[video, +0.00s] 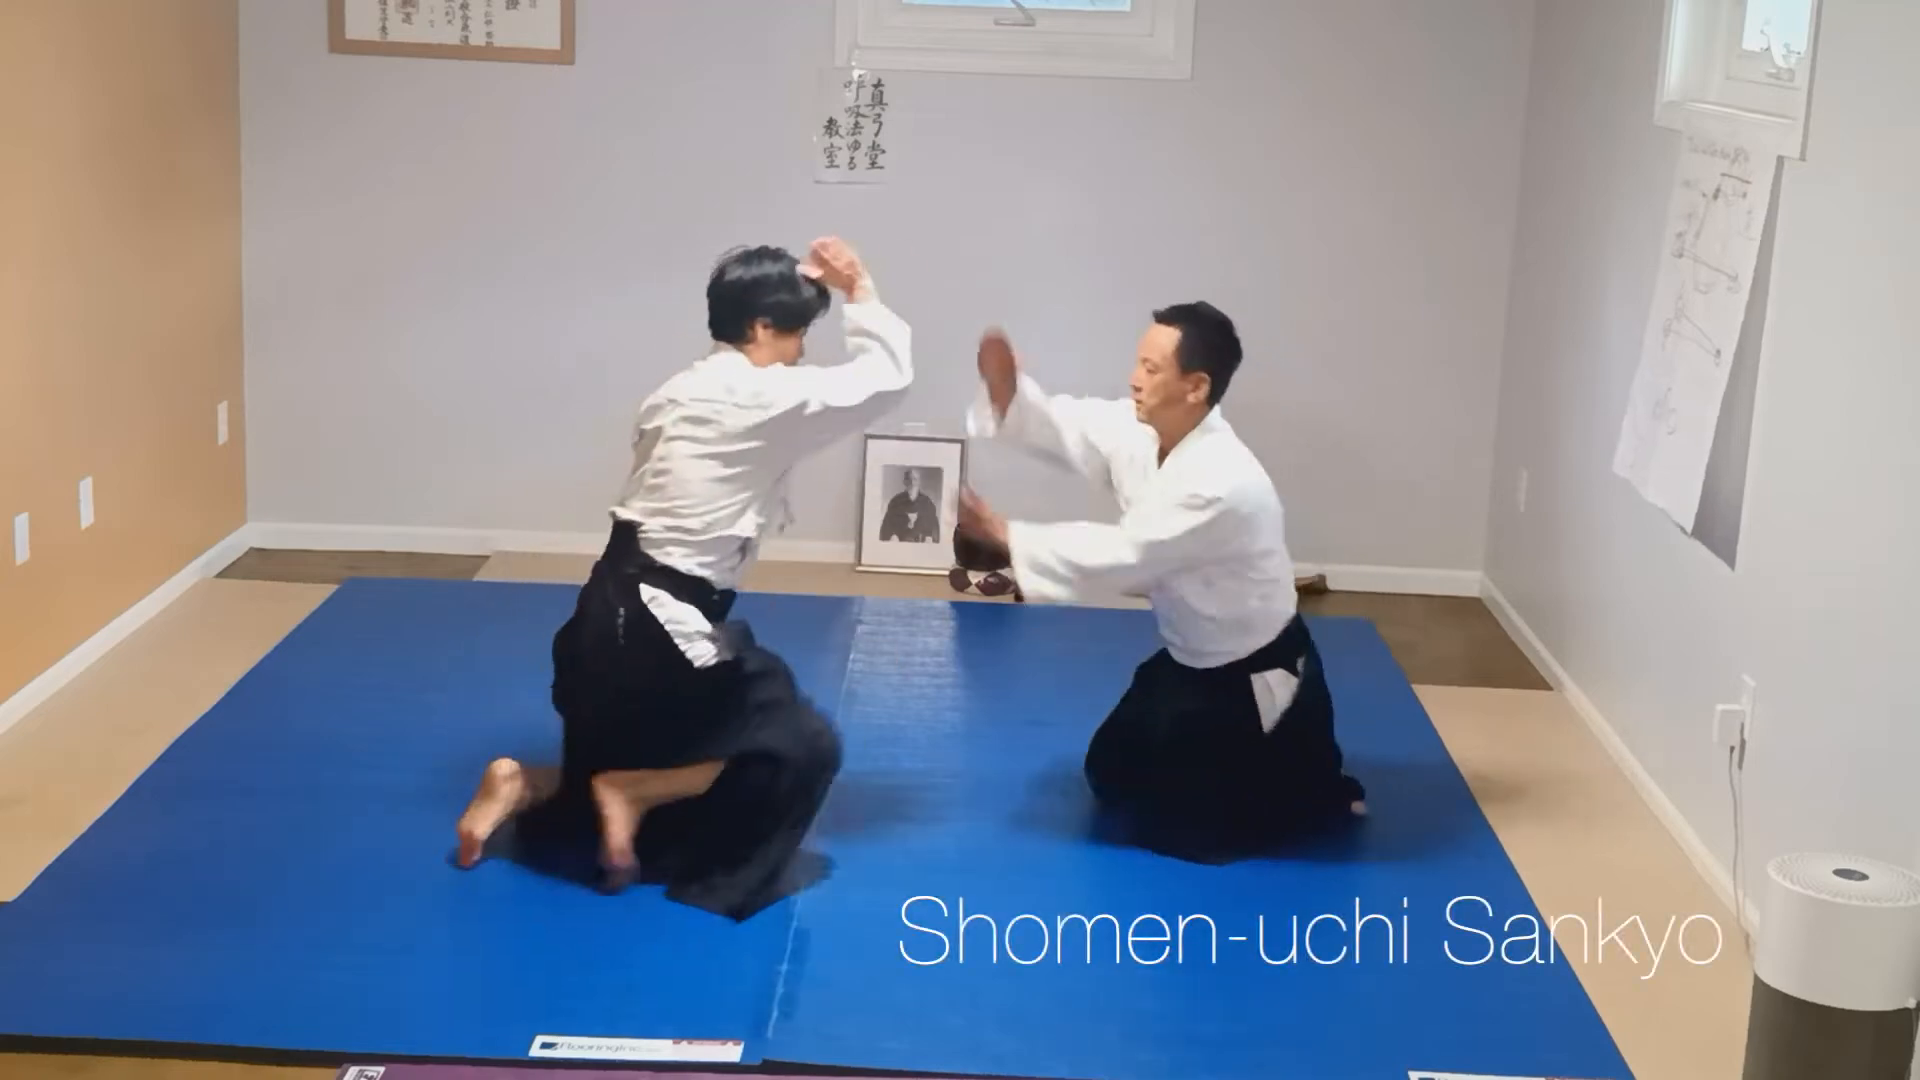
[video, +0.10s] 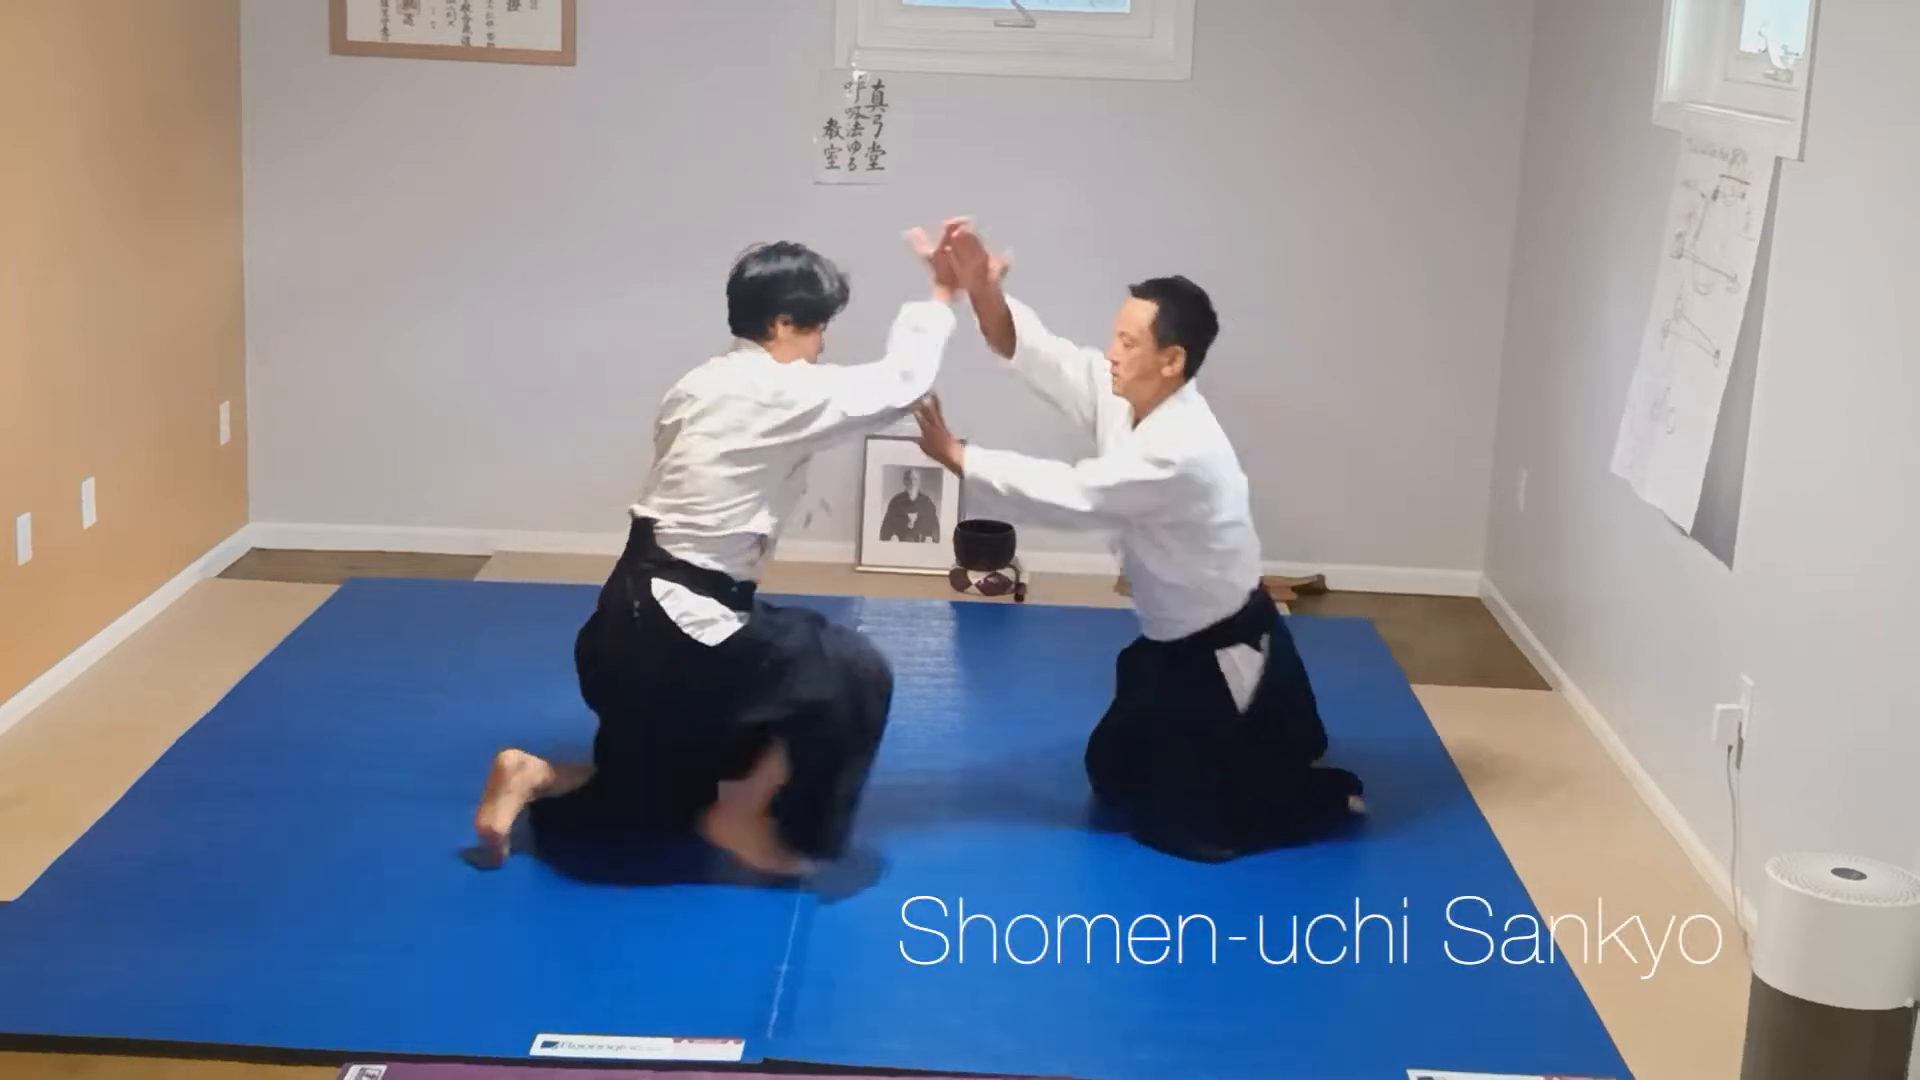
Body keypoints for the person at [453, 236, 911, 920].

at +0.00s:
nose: (801, 351)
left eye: (804, 334)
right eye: (798, 333)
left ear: (734, 328)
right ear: (759, 331)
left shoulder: (671, 395)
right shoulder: (767, 397)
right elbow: (886, 373)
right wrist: (860, 290)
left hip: (597, 621)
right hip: (665, 626)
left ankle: (523, 791)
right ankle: (638, 790)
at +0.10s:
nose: (823, 350)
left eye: (826, 334)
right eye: (819, 333)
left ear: (746, 324)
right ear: (780, 327)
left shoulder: (691, 388)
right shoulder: (779, 391)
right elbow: (901, 384)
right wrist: (942, 294)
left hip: (616, 635)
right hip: (687, 635)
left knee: (667, 806)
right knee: (854, 675)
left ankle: (537, 779)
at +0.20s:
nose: (850, 349)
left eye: (849, 332)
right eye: (845, 331)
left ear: (773, 326)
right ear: (809, 330)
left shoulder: (709, 391)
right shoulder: (810, 389)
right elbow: (929, 349)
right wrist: (967, 263)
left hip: (635, 635)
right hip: (708, 638)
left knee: (676, 800)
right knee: (887, 663)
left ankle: (535, 787)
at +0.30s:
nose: (867, 346)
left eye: (869, 330)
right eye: (864, 332)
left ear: (784, 324)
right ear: (830, 329)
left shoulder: (731, 385)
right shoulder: (826, 382)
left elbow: (709, 501)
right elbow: (935, 320)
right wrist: (950, 225)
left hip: (662, 626)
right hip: (733, 630)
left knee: (672, 794)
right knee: (899, 661)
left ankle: (532, 797)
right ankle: (873, 843)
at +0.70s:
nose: (759, 345)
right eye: (756, 335)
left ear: (673, 353)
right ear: (737, 337)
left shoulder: (656, 429)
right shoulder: (774, 363)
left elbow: (657, 555)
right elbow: (862, 321)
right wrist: (841, 384)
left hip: (668, 632)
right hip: (756, 619)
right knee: (938, 670)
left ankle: (655, 797)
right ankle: (883, 841)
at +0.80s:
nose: (714, 373)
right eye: (711, 364)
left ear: (632, 396)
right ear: (699, 370)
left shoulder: (622, 470)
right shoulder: (746, 391)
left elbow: (624, 592)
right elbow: (840, 373)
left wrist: (660, 651)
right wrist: (846, 441)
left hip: (657, 638)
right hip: (746, 608)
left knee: (644, 767)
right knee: (910, 671)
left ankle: (673, 807)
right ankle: (893, 841)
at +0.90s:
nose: (683, 421)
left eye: (679, 418)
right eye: (681, 413)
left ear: (606, 453)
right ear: (668, 417)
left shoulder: (596, 517)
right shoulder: (713, 436)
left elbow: (597, 630)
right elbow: (806, 424)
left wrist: (621, 696)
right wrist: (870, 492)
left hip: (643, 648)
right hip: (732, 618)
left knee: (638, 766)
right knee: (907, 669)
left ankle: (666, 820)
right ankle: (912, 851)